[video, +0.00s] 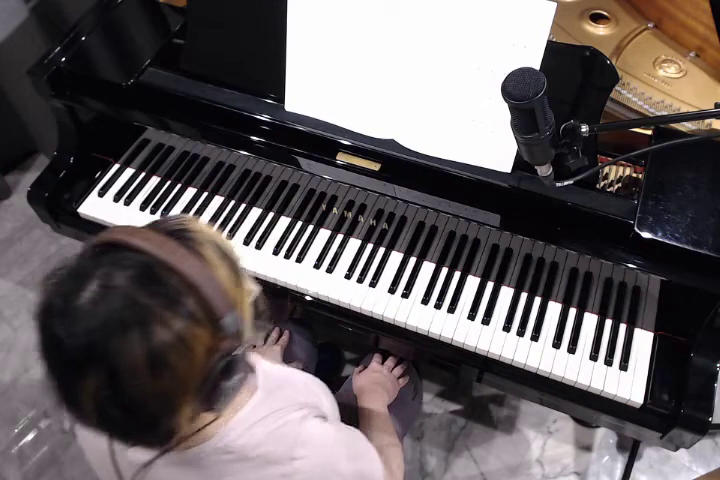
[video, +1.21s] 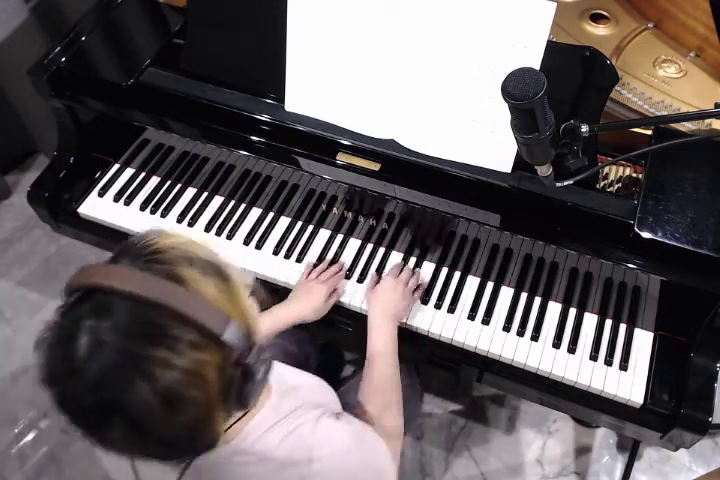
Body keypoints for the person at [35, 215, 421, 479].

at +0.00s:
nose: (245, 287)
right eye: (234, 287)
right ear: (223, 342)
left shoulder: (94, 422)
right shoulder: (321, 451)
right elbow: (385, 469)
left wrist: (261, 363)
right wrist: (374, 405)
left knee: (294, 336)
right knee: (397, 370)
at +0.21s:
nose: (208, 286)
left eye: (194, 279)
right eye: (198, 291)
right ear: (186, 361)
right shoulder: (290, 456)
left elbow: (169, 401)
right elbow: (396, 468)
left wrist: (252, 373)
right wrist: (374, 411)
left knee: (292, 334)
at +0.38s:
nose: (185, 307)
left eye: (173, 301)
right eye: (175, 309)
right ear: (159, 368)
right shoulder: (269, 462)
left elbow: (190, 383)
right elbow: (418, 464)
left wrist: (254, 364)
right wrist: (384, 389)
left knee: (298, 347)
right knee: (391, 363)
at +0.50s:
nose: (176, 322)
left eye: (164, 313)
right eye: (166, 324)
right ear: (146, 373)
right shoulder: (262, 467)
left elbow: (147, 377)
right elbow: (423, 444)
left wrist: (237, 337)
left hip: (229, 386)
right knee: (381, 345)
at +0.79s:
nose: (175, 319)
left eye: (162, 314)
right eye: (163, 322)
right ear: (147, 379)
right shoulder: (279, 465)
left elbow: (181, 358)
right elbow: (386, 416)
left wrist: (267, 298)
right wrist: (386, 282)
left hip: (232, 381)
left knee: (284, 331)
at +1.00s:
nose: (200, 295)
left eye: (185, 292)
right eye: (187, 300)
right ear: (180, 362)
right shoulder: (288, 462)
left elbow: (208, 350)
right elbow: (378, 423)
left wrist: (294, 301)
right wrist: (387, 301)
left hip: (251, 377)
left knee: (292, 337)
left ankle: (316, 387)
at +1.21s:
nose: (244, 284)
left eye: (233, 283)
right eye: (236, 292)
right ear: (222, 355)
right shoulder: (319, 446)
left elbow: (216, 359)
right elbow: (384, 442)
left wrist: (291, 310)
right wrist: (383, 322)